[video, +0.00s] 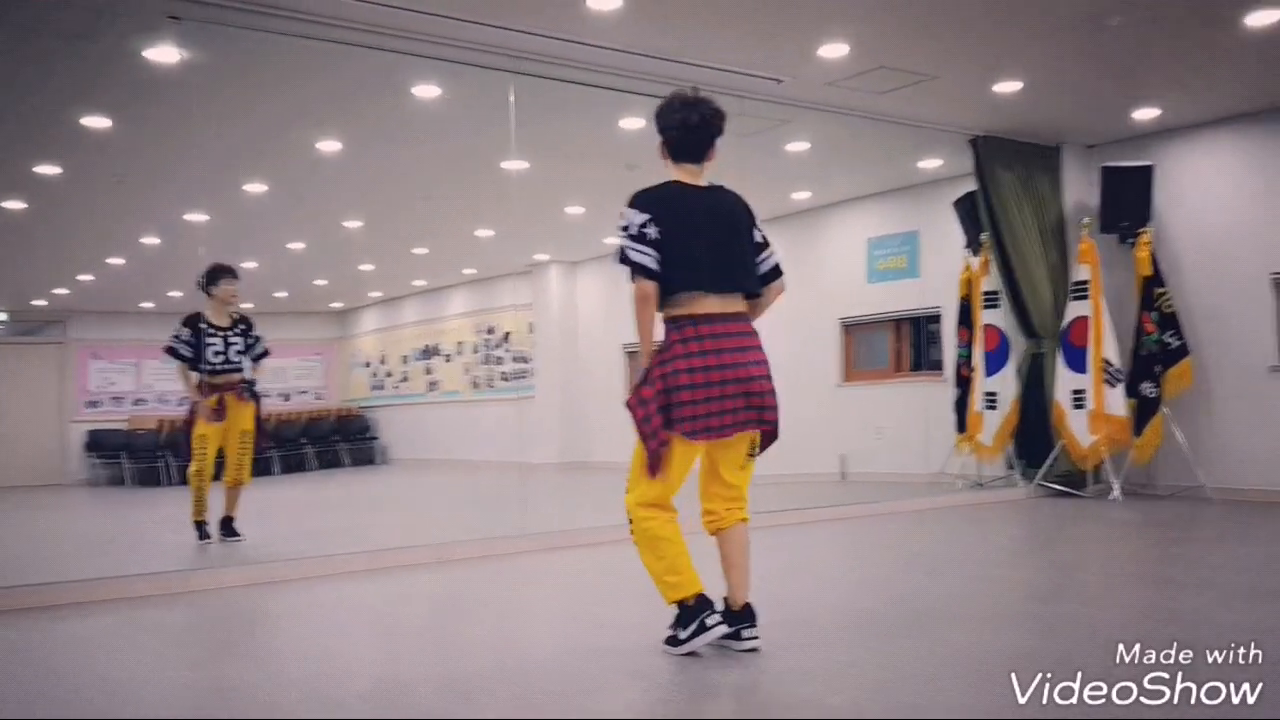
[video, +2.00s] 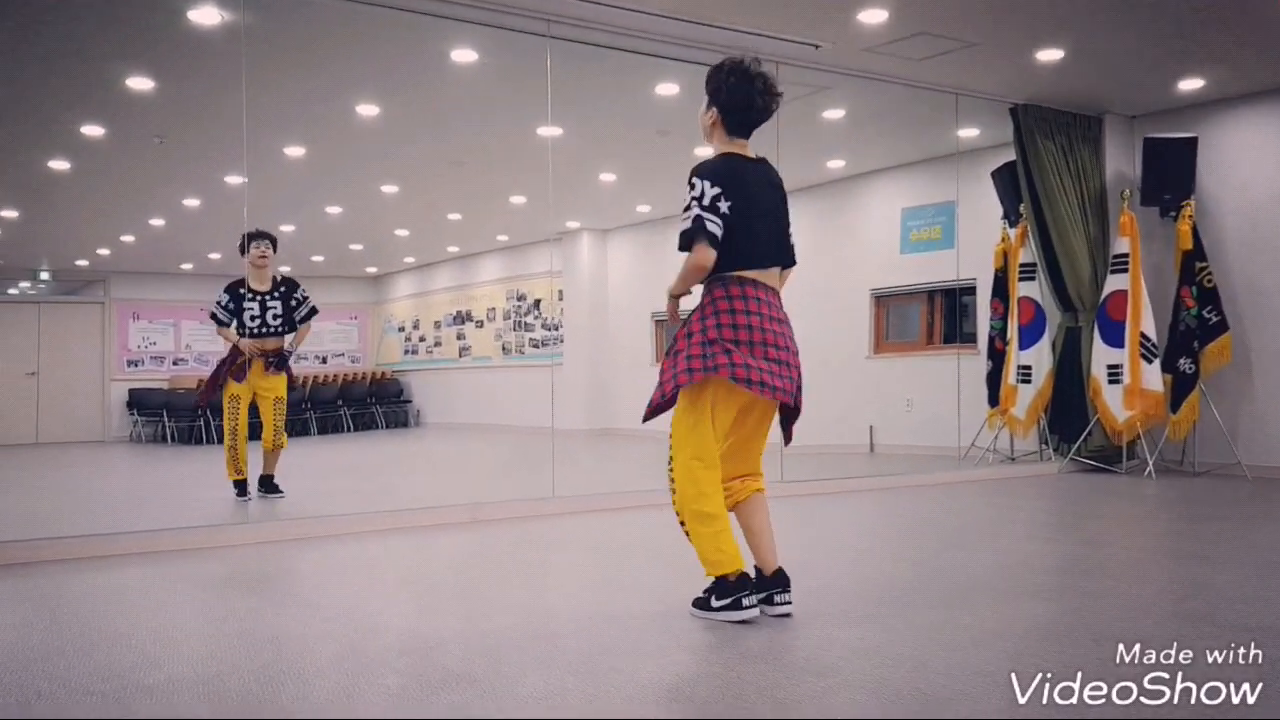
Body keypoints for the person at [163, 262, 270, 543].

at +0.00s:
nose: (234, 290)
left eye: (235, 284)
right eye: (227, 284)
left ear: (237, 288)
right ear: (210, 290)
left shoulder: (244, 323)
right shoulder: (193, 324)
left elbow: (259, 358)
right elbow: (181, 365)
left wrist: (251, 385)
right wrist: (196, 397)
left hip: (241, 395)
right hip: (208, 395)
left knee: (239, 462)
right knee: (202, 463)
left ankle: (228, 520)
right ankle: (200, 520)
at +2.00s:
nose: (263, 251)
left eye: (267, 248)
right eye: (256, 248)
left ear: (274, 255)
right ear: (246, 256)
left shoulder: (288, 287)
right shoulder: (235, 290)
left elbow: (306, 322)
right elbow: (220, 325)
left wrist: (289, 350)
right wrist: (238, 341)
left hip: (274, 365)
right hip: (240, 365)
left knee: (276, 429)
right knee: (235, 428)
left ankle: (267, 479)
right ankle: (239, 481)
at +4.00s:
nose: (260, 271)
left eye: (261, 265)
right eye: (253, 265)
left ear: (264, 268)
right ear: (237, 269)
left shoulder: (266, 302)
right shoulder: (222, 298)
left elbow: (268, 342)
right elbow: (210, 337)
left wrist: (267, 369)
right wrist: (224, 371)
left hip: (256, 376)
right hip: (228, 376)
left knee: (275, 439)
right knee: (230, 443)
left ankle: (258, 494)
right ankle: (229, 500)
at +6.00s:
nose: (332, 266)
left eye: (336, 261)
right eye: (326, 261)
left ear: (341, 265)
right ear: (315, 266)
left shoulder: (353, 294)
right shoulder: (305, 299)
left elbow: (381, 314)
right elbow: (288, 334)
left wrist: (379, 328)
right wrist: (296, 321)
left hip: (354, 366)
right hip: (323, 369)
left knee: (352, 433)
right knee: (331, 435)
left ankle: (346, 486)